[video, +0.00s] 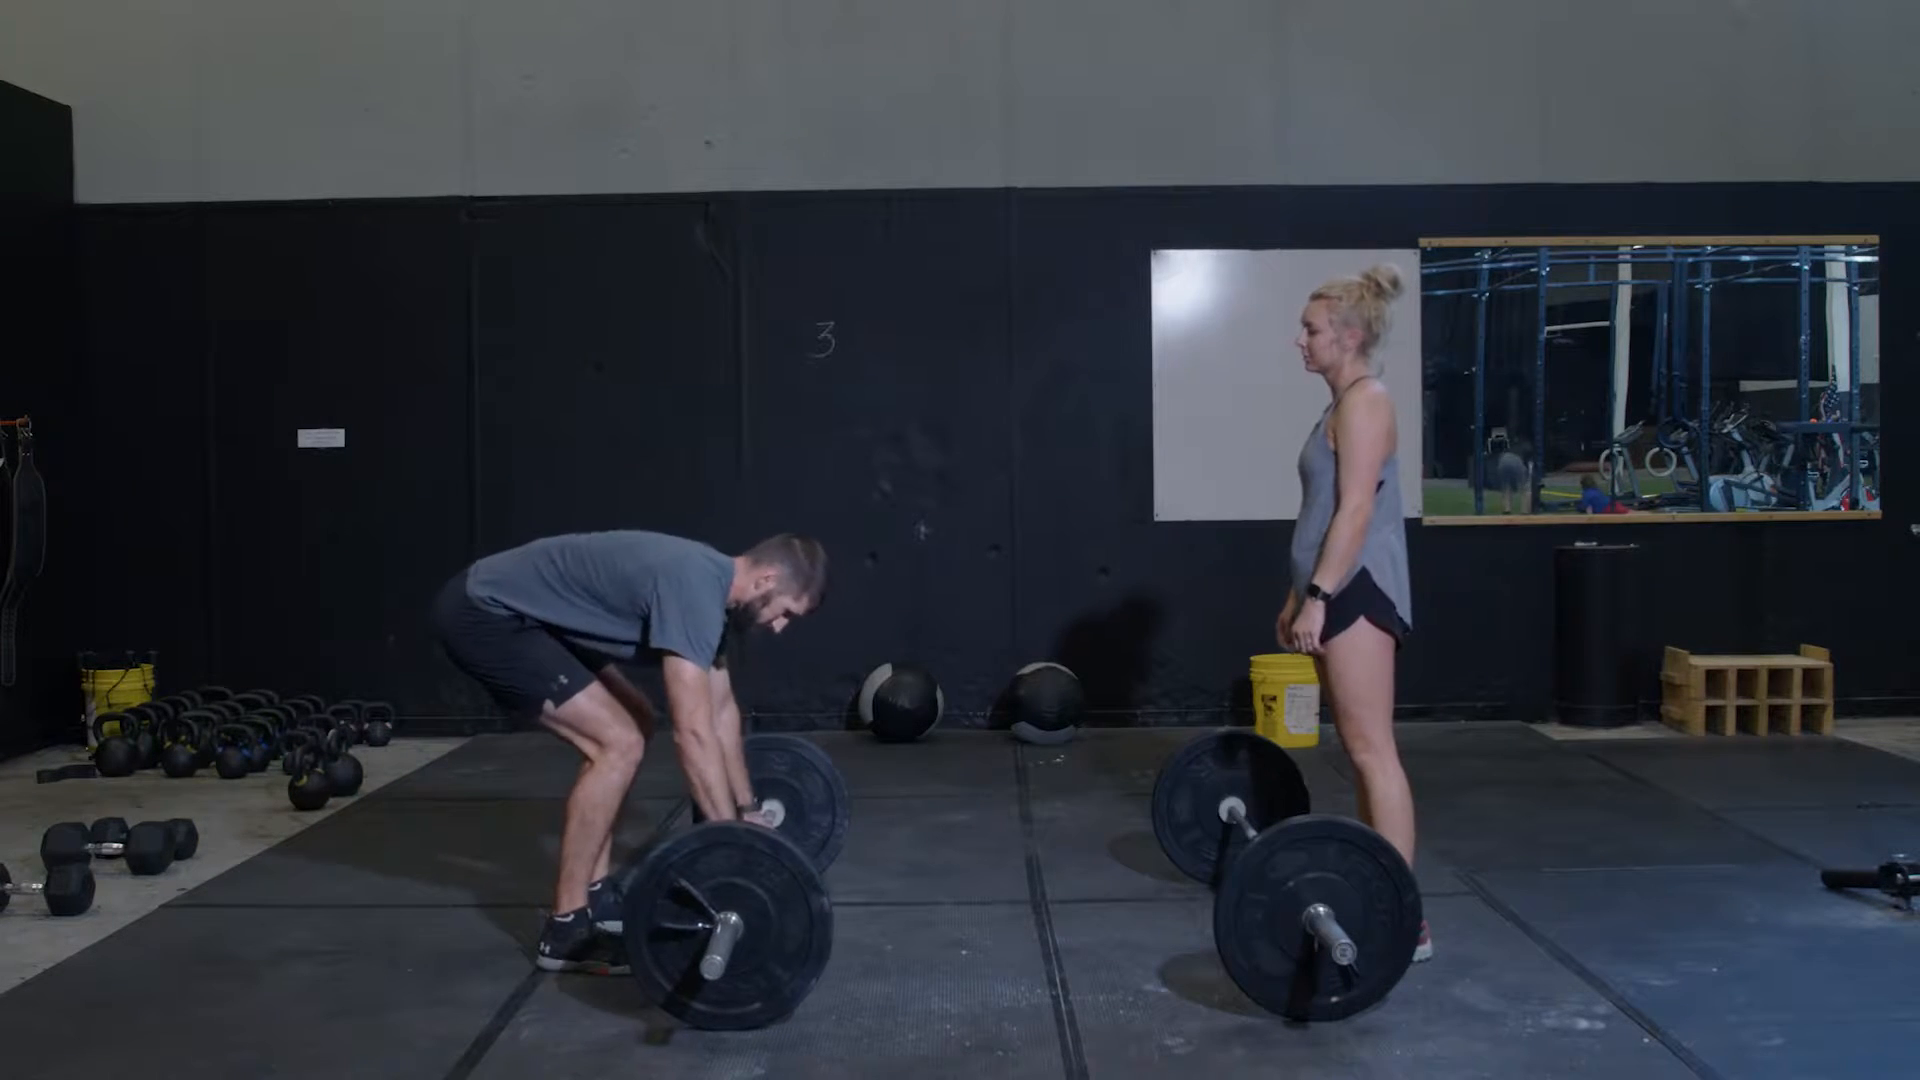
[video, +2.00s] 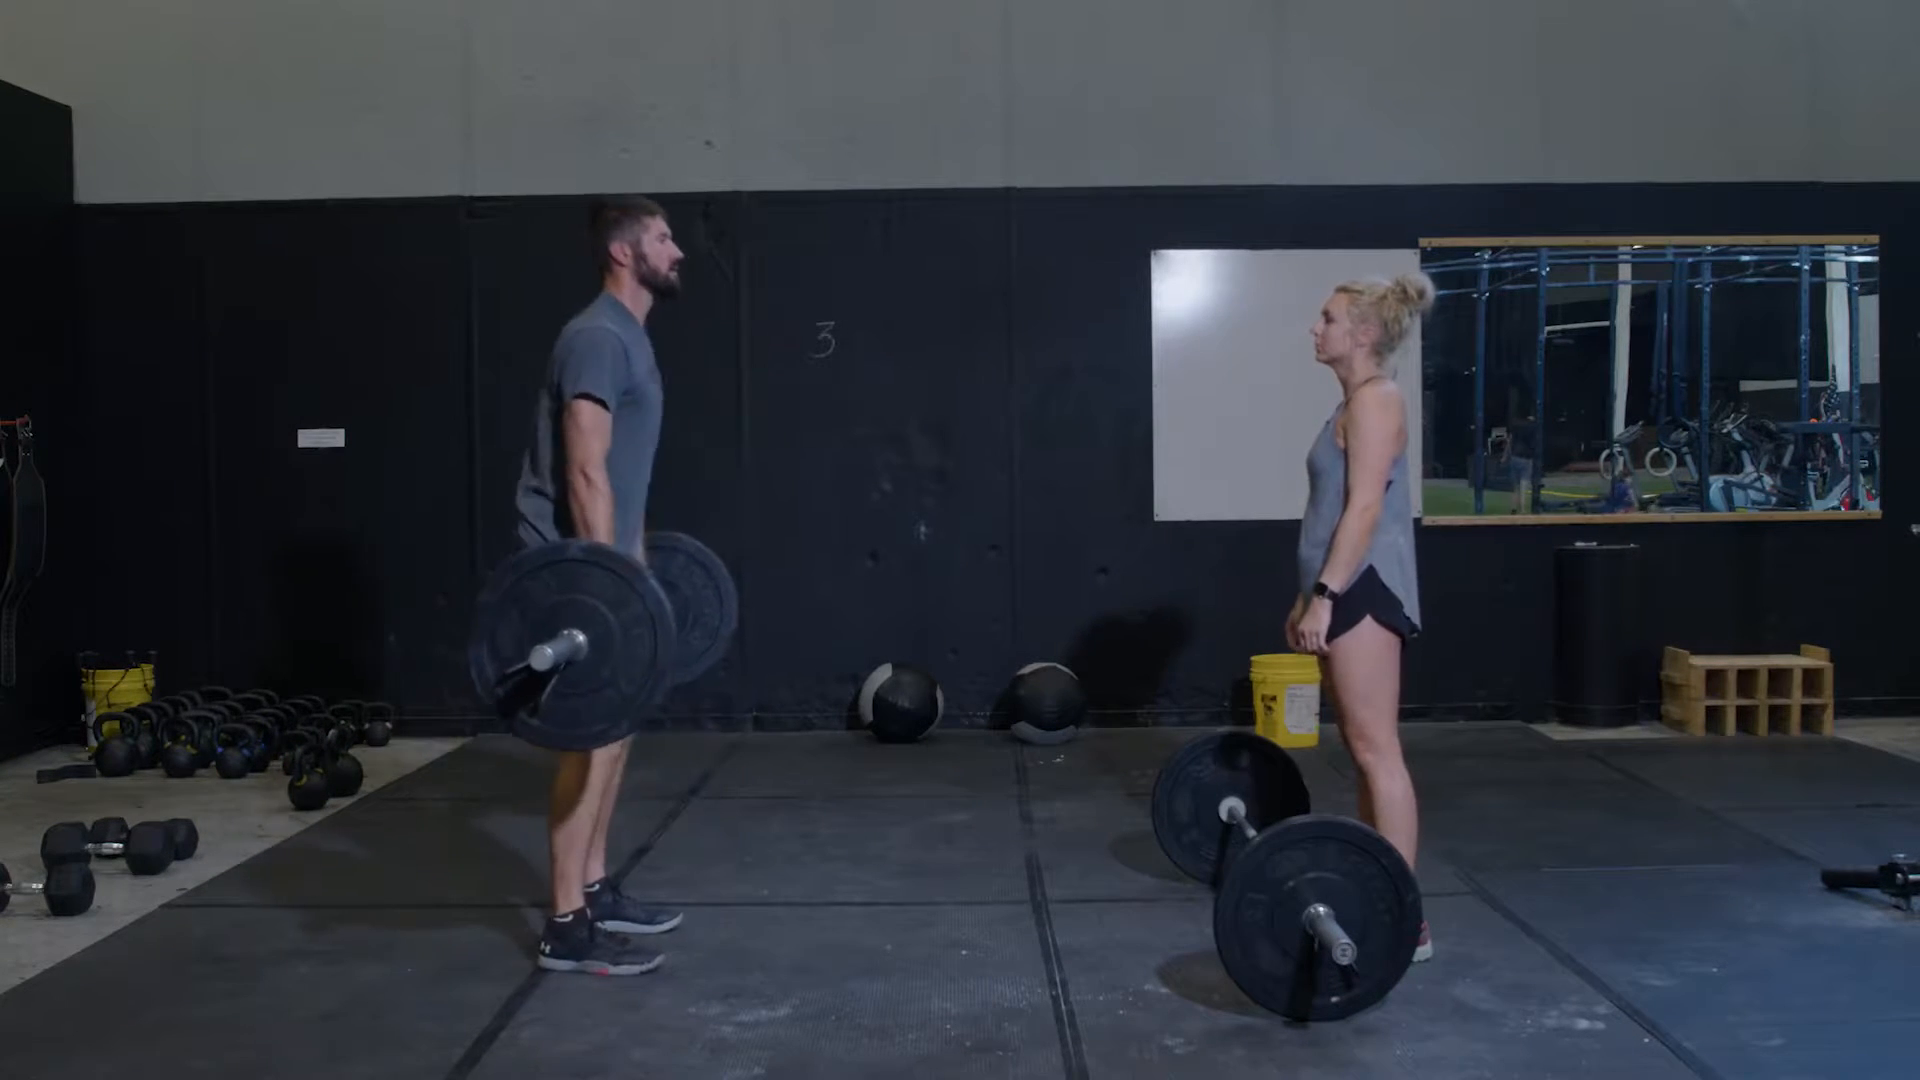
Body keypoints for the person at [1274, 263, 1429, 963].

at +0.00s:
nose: (1301, 341)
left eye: (1312, 330)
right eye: (1303, 329)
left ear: (1351, 337)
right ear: (1342, 339)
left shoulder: (1365, 403)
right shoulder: (1341, 407)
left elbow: (1356, 511)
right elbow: (1326, 515)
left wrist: (1318, 595)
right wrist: (1299, 594)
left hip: (1361, 594)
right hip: (1340, 592)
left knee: (1373, 751)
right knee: (1364, 750)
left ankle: (1399, 911)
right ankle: (1385, 904)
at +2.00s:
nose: (1316, 329)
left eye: (1329, 320)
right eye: (1320, 318)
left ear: (1365, 333)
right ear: (1356, 334)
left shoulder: (1375, 400)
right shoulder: (1354, 403)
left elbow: (1365, 508)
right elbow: (1338, 512)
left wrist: (1325, 594)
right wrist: (1310, 594)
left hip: (1366, 593)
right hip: (1346, 592)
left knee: (1377, 749)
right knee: (1365, 748)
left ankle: (1399, 912)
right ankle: (1378, 901)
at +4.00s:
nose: (1321, 324)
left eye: (1335, 317)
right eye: (1325, 314)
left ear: (1369, 336)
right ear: (1358, 336)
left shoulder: (1375, 402)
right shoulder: (1351, 405)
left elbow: (1367, 509)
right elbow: (1331, 513)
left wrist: (1327, 593)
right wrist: (1304, 594)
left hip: (1367, 593)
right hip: (1342, 593)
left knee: (1378, 748)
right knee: (1359, 747)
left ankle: (1401, 914)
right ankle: (1375, 903)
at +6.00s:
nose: (1321, 330)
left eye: (1334, 322)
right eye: (1325, 320)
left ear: (1370, 335)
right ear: (1358, 337)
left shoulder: (1378, 402)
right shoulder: (1356, 403)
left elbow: (1366, 512)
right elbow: (1339, 514)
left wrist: (1326, 596)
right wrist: (1310, 595)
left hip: (1366, 590)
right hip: (1346, 590)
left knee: (1366, 746)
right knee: (1357, 743)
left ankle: (1398, 912)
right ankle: (1383, 903)